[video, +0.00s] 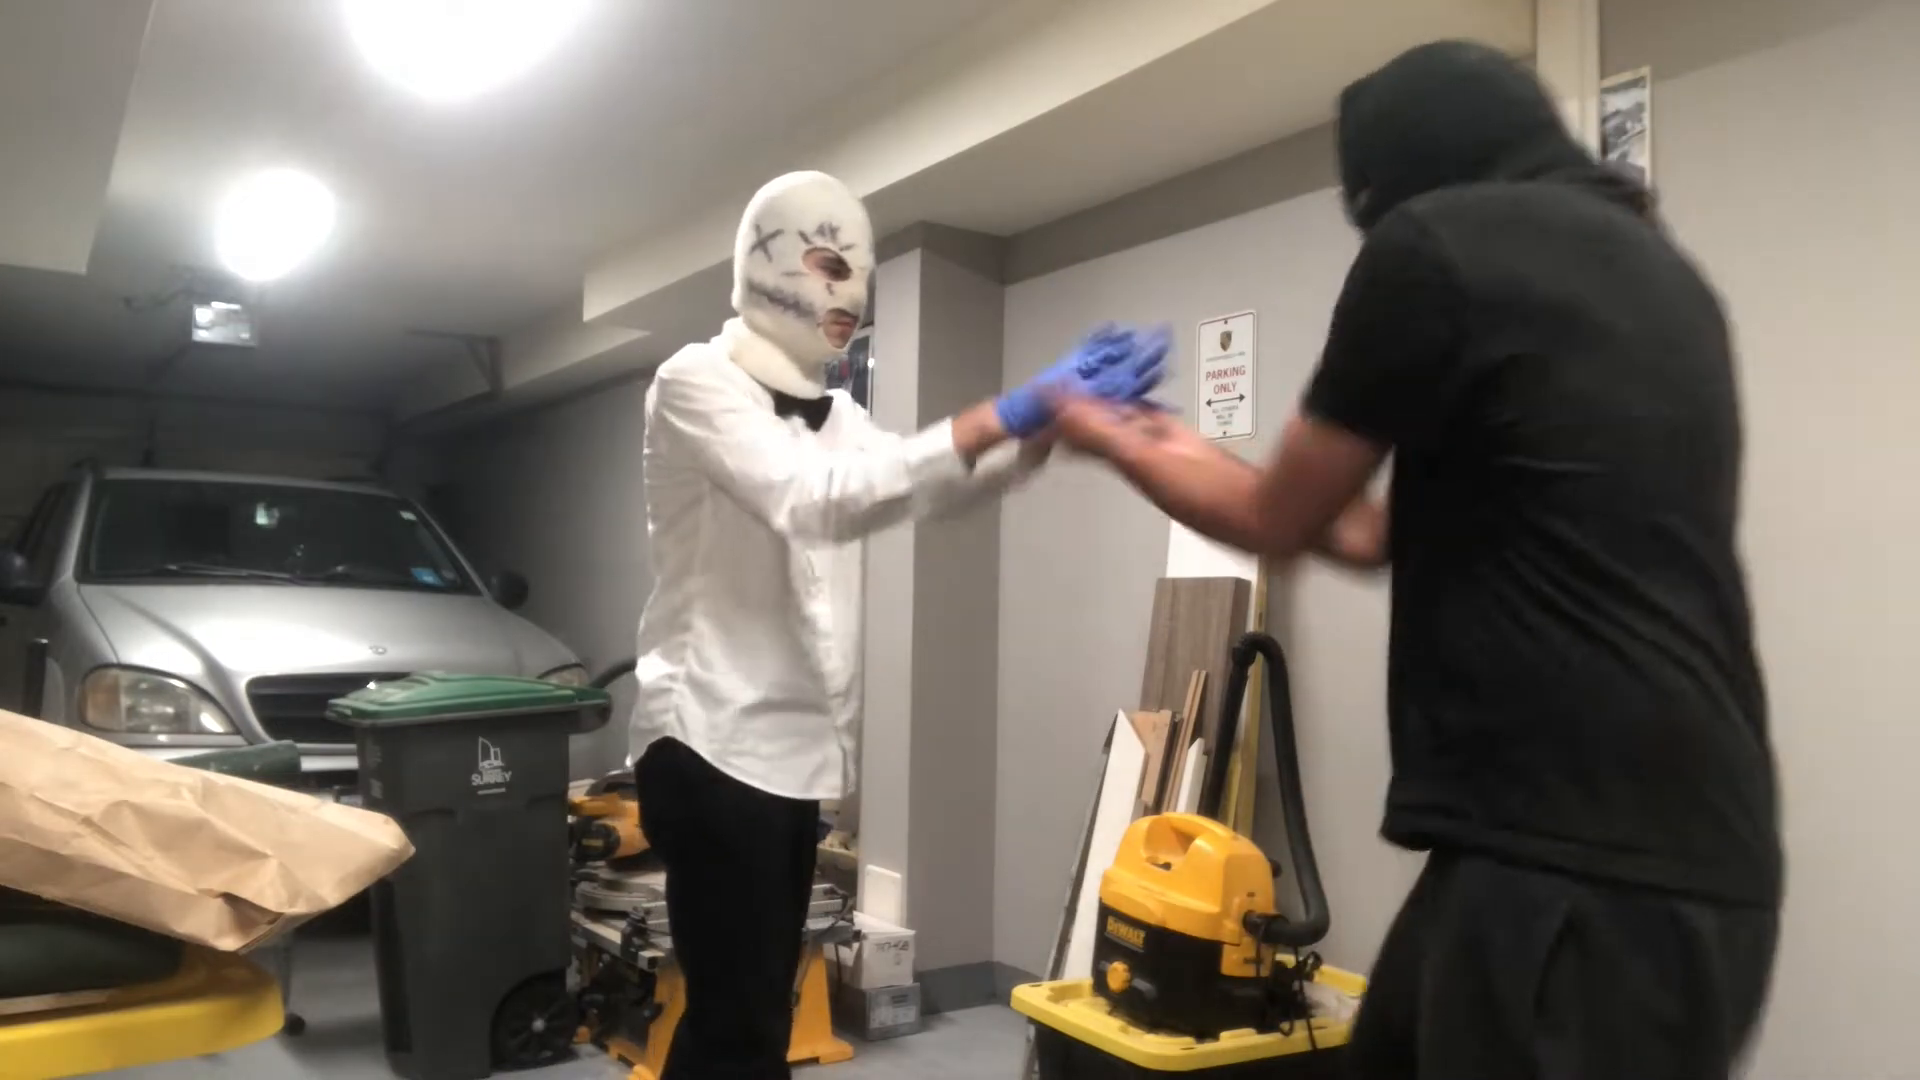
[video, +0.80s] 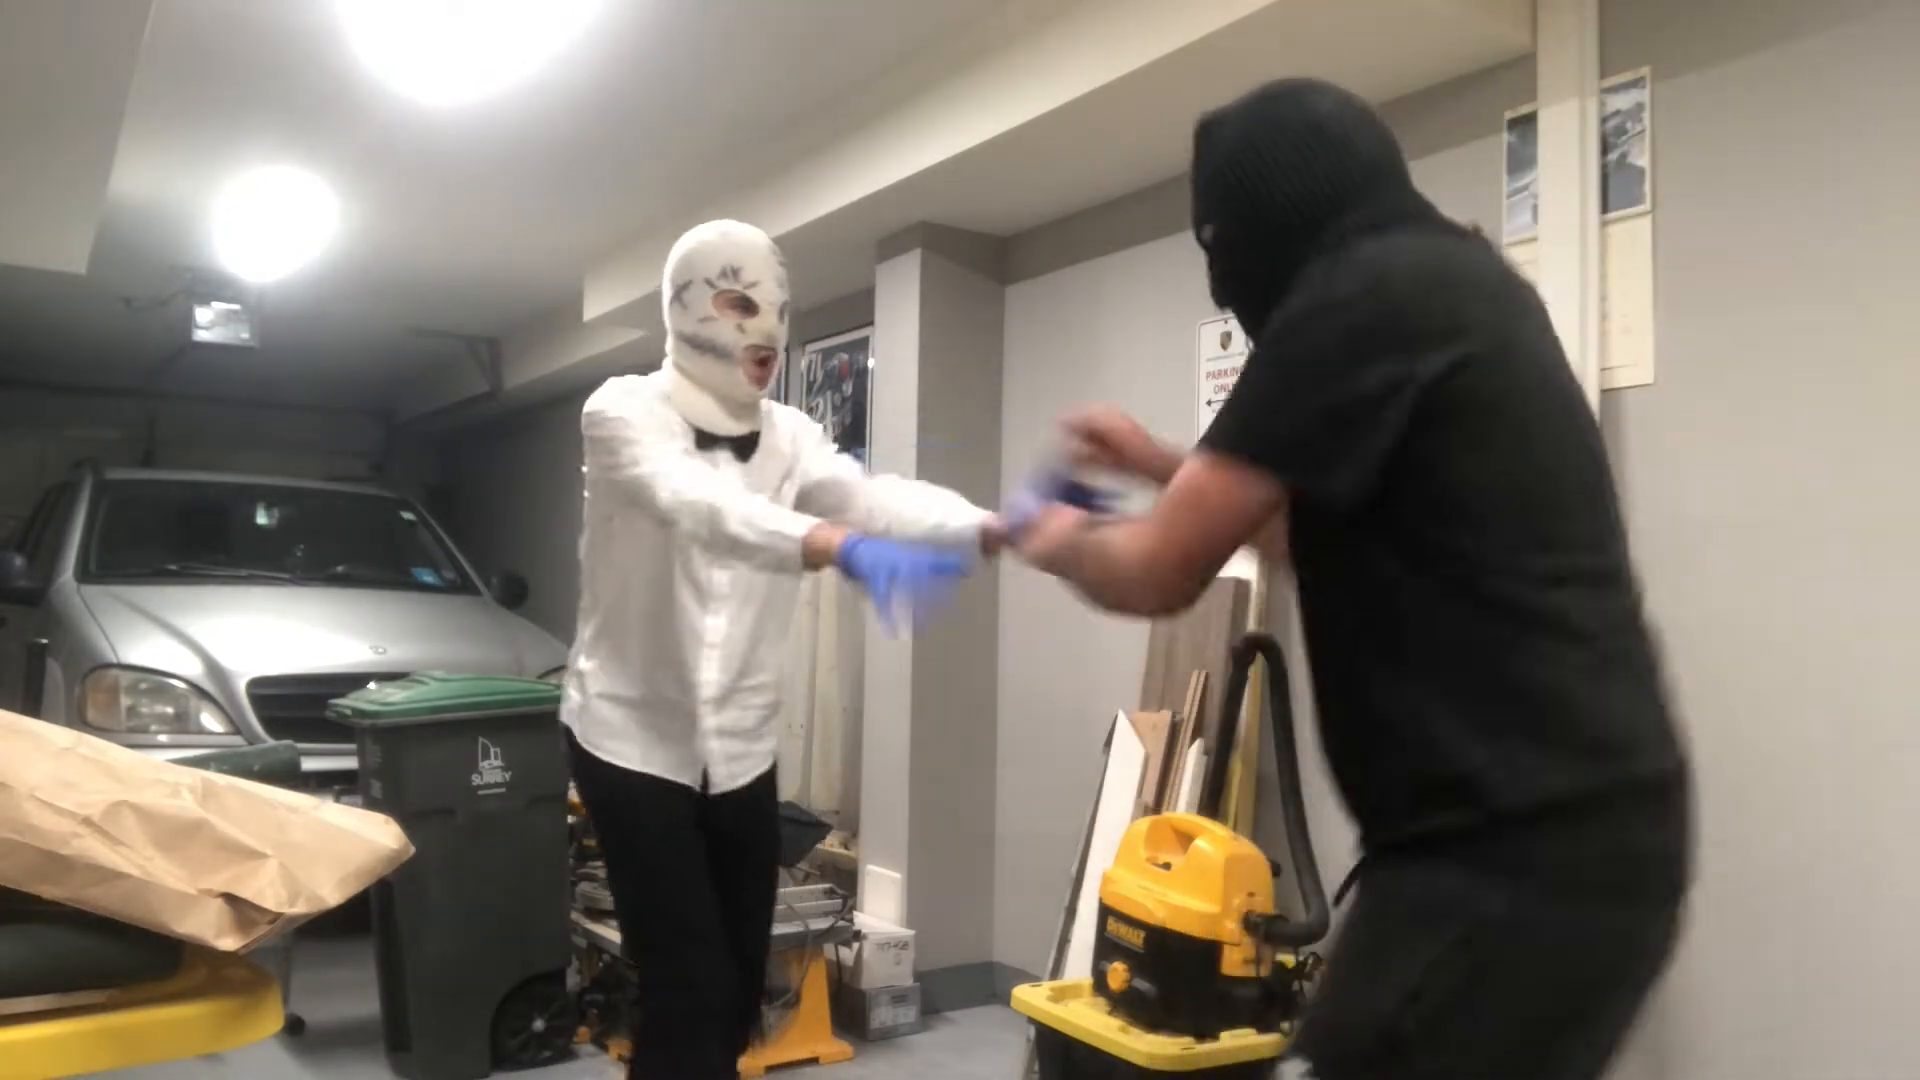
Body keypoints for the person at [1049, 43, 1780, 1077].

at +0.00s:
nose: (1363, 220)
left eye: (1365, 194)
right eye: (1359, 198)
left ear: (1401, 160)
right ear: (1526, 130)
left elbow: (1269, 516)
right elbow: (1377, 535)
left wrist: (1102, 435)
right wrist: (1199, 453)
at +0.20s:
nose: (1272, 301)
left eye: (1272, 272)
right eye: (1268, 280)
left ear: (1309, 238)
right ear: (1406, 213)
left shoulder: (1368, 303)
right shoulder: (1513, 326)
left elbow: (1135, 500)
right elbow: (1288, 539)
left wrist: (1001, 436)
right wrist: (1155, 473)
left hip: (1539, 894)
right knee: (1331, 1058)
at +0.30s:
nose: (1250, 331)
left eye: (1253, 304)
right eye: (1247, 310)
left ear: (1294, 273)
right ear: (1385, 246)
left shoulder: (1357, 324)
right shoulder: (1490, 345)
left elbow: (1097, 468)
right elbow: (1258, 485)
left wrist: (983, 488)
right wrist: (1078, 485)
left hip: (1546, 915)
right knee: (1296, 1059)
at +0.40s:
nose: (1269, 344)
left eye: (1268, 318)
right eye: (1261, 323)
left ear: (1312, 282)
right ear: (1404, 247)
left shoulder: (1382, 345)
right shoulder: (1544, 368)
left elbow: (1168, 540)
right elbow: (1390, 592)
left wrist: (1043, 615)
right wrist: (1200, 574)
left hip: (1426, 905)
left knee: (1259, 1057)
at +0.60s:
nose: (1265, 351)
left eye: (1265, 314)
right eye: (1256, 320)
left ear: (1319, 286)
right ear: (1397, 254)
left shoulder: (1415, 385)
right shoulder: (1540, 377)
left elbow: (1282, 696)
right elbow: (1424, 639)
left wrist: (1111, 730)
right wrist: (1226, 611)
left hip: (1352, 918)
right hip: (1453, 911)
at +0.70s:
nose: (1232, 305)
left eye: (1235, 270)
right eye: (1225, 274)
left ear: (1294, 245)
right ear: (1371, 219)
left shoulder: (1383, 355)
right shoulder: (1501, 336)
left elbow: (1168, 636)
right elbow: (1391, 610)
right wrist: (1210, 555)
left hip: (1425, 903)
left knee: (1268, 1057)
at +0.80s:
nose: (1211, 264)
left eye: (1215, 230)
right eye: (1206, 235)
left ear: (1265, 212)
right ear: (1352, 181)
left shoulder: (1359, 300)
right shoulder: (1467, 282)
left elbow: (1157, 572)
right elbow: (1330, 520)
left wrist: (1065, 539)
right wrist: (1164, 464)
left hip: (1497, 857)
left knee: (1363, 1056)